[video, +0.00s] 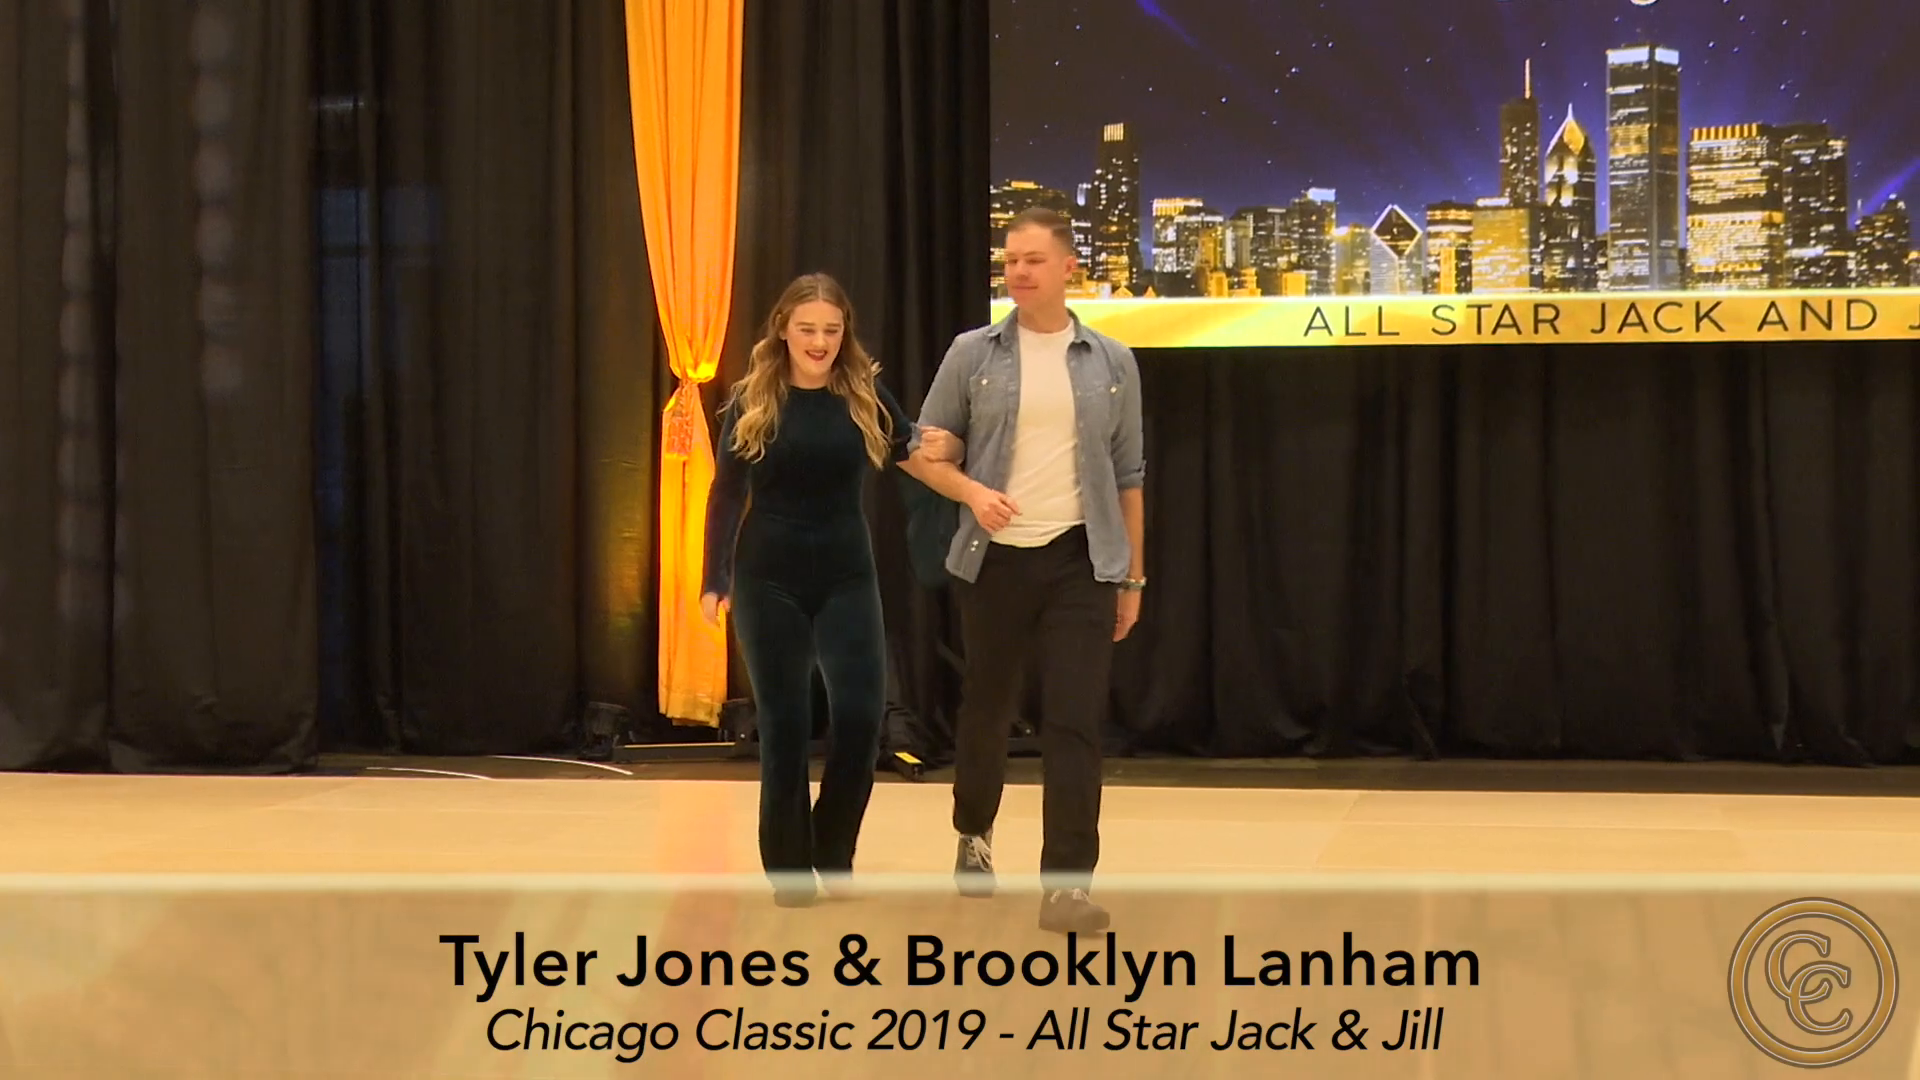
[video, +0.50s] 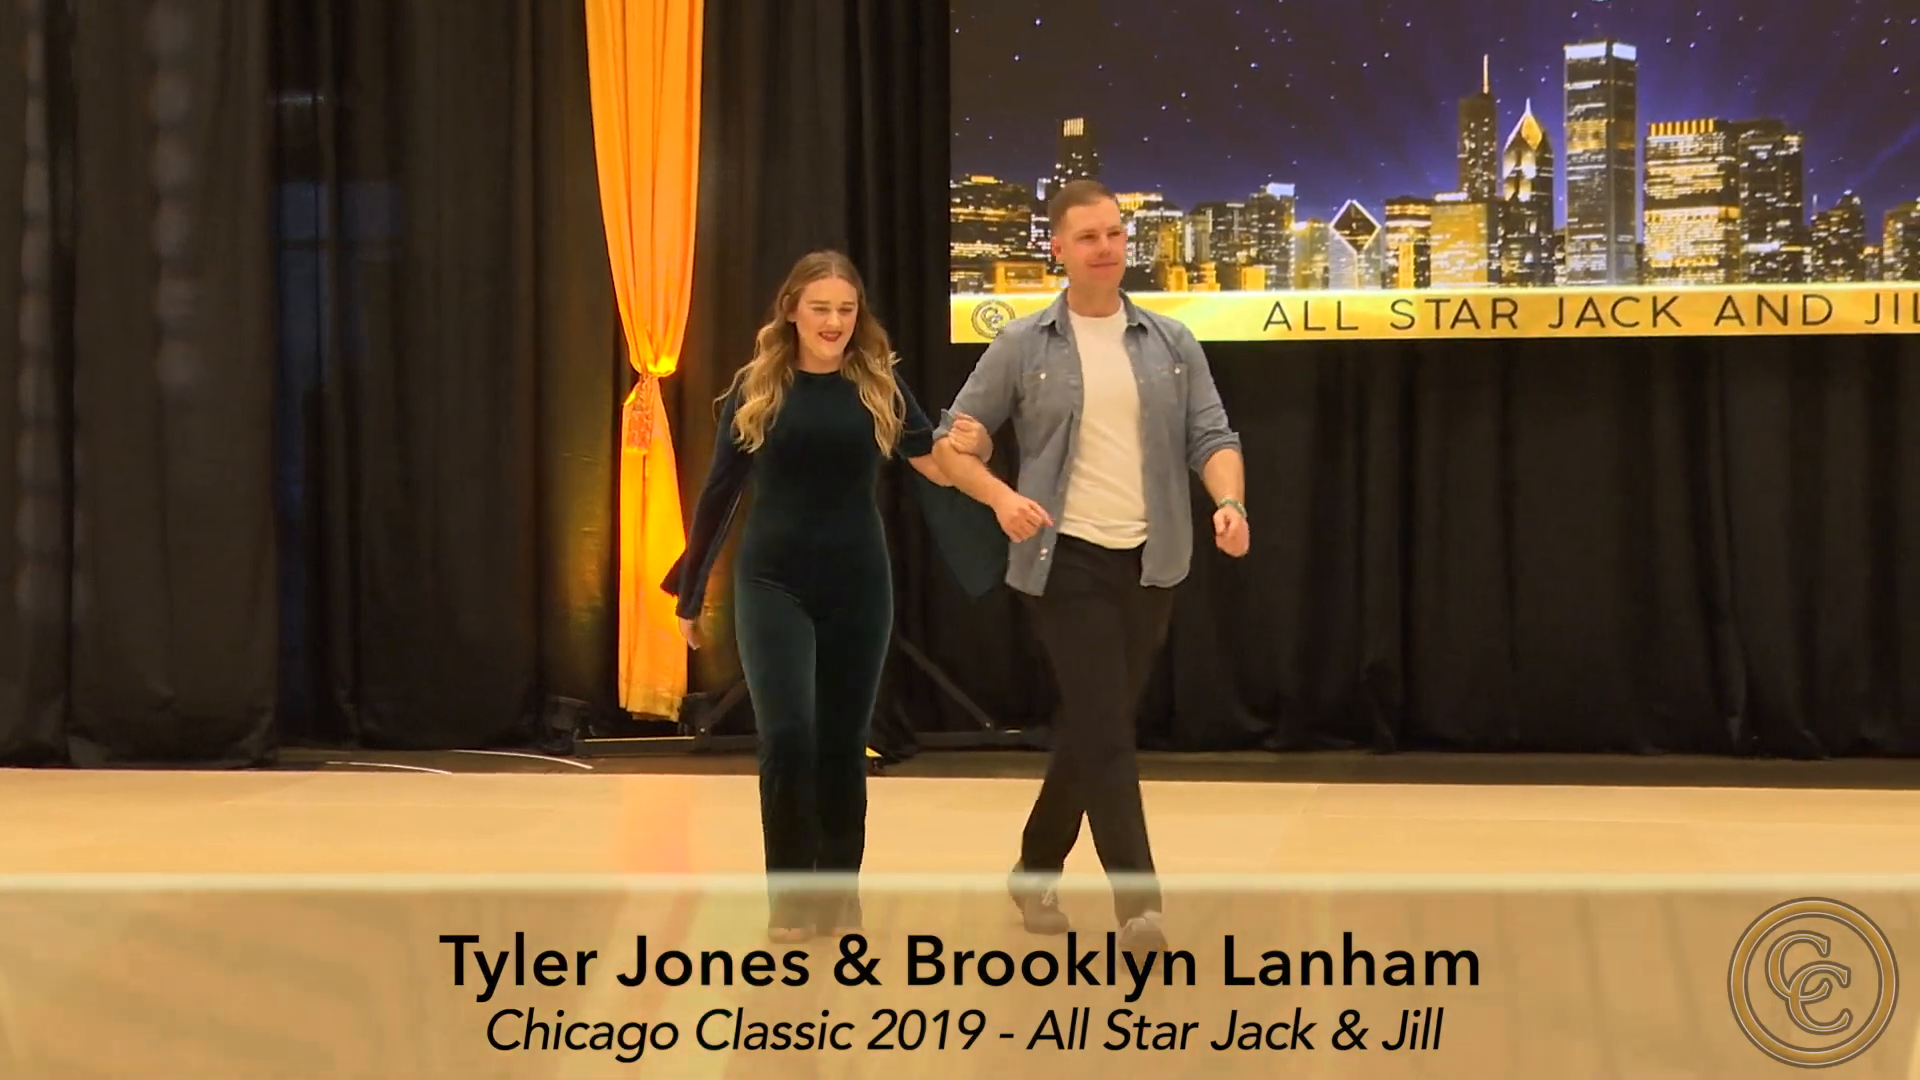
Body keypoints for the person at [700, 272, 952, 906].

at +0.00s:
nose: (818, 340)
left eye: (829, 329)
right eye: (805, 328)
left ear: (844, 334)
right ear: (783, 332)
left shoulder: (865, 399)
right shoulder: (750, 404)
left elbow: (914, 455)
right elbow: (727, 495)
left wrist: (950, 448)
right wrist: (716, 576)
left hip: (847, 580)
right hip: (767, 581)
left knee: (860, 718)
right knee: (785, 725)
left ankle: (832, 860)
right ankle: (787, 867)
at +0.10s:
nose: (823, 340)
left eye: (835, 328)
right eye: (810, 327)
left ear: (849, 334)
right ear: (786, 331)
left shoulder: (868, 398)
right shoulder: (750, 398)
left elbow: (910, 441)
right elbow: (727, 482)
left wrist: (943, 439)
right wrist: (726, 546)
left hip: (852, 581)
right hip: (772, 586)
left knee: (858, 729)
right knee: (785, 738)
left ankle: (855, 881)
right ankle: (790, 883)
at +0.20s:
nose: (829, 346)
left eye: (839, 335)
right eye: (815, 334)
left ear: (852, 340)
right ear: (790, 336)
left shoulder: (871, 404)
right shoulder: (751, 404)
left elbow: (934, 468)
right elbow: (727, 483)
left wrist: (962, 434)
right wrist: (726, 538)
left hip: (854, 591)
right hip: (773, 594)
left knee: (850, 737)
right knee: (784, 746)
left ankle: (871, 888)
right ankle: (784, 895)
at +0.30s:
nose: (833, 342)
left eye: (844, 331)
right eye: (820, 329)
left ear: (856, 337)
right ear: (794, 333)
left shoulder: (879, 403)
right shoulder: (759, 405)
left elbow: (941, 474)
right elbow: (725, 488)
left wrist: (969, 437)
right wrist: (710, 549)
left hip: (860, 592)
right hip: (776, 593)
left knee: (855, 744)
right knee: (774, 756)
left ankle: (852, 904)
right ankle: (779, 902)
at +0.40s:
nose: (834, 330)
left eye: (846, 318)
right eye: (821, 316)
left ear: (858, 325)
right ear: (794, 320)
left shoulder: (880, 393)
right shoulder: (758, 395)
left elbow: (930, 459)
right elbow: (726, 491)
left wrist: (967, 445)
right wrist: (696, 575)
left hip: (860, 587)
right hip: (773, 588)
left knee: (850, 752)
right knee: (773, 755)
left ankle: (845, 900)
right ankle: (786, 889)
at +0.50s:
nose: (835, 321)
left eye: (846, 310)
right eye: (821, 308)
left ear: (858, 316)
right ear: (793, 312)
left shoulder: (879, 386)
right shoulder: (755, 388)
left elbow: (932, 458)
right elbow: (722, 489)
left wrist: (970, 444)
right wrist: (690, 573)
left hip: (859, 587)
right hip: (772, 582)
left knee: (842, 749)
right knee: (789, 741)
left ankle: (839, 904)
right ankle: (790, 910)